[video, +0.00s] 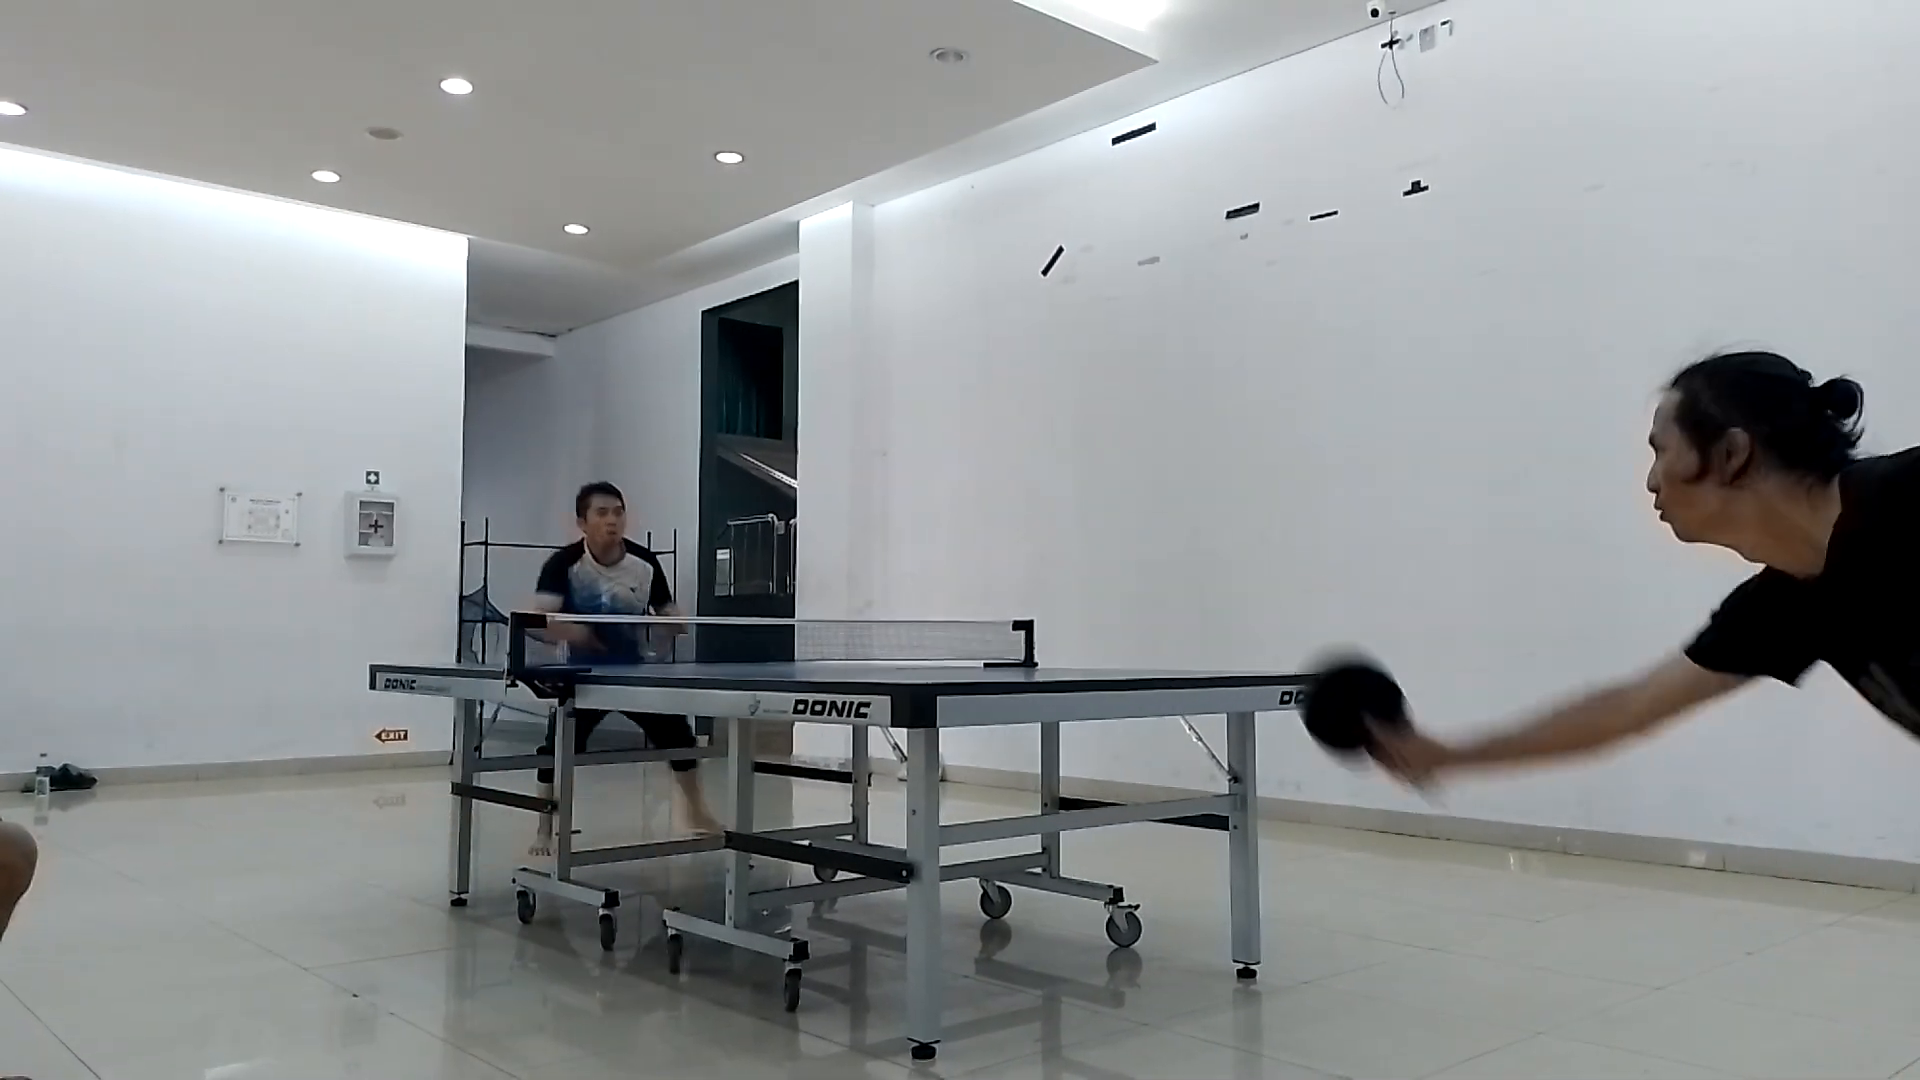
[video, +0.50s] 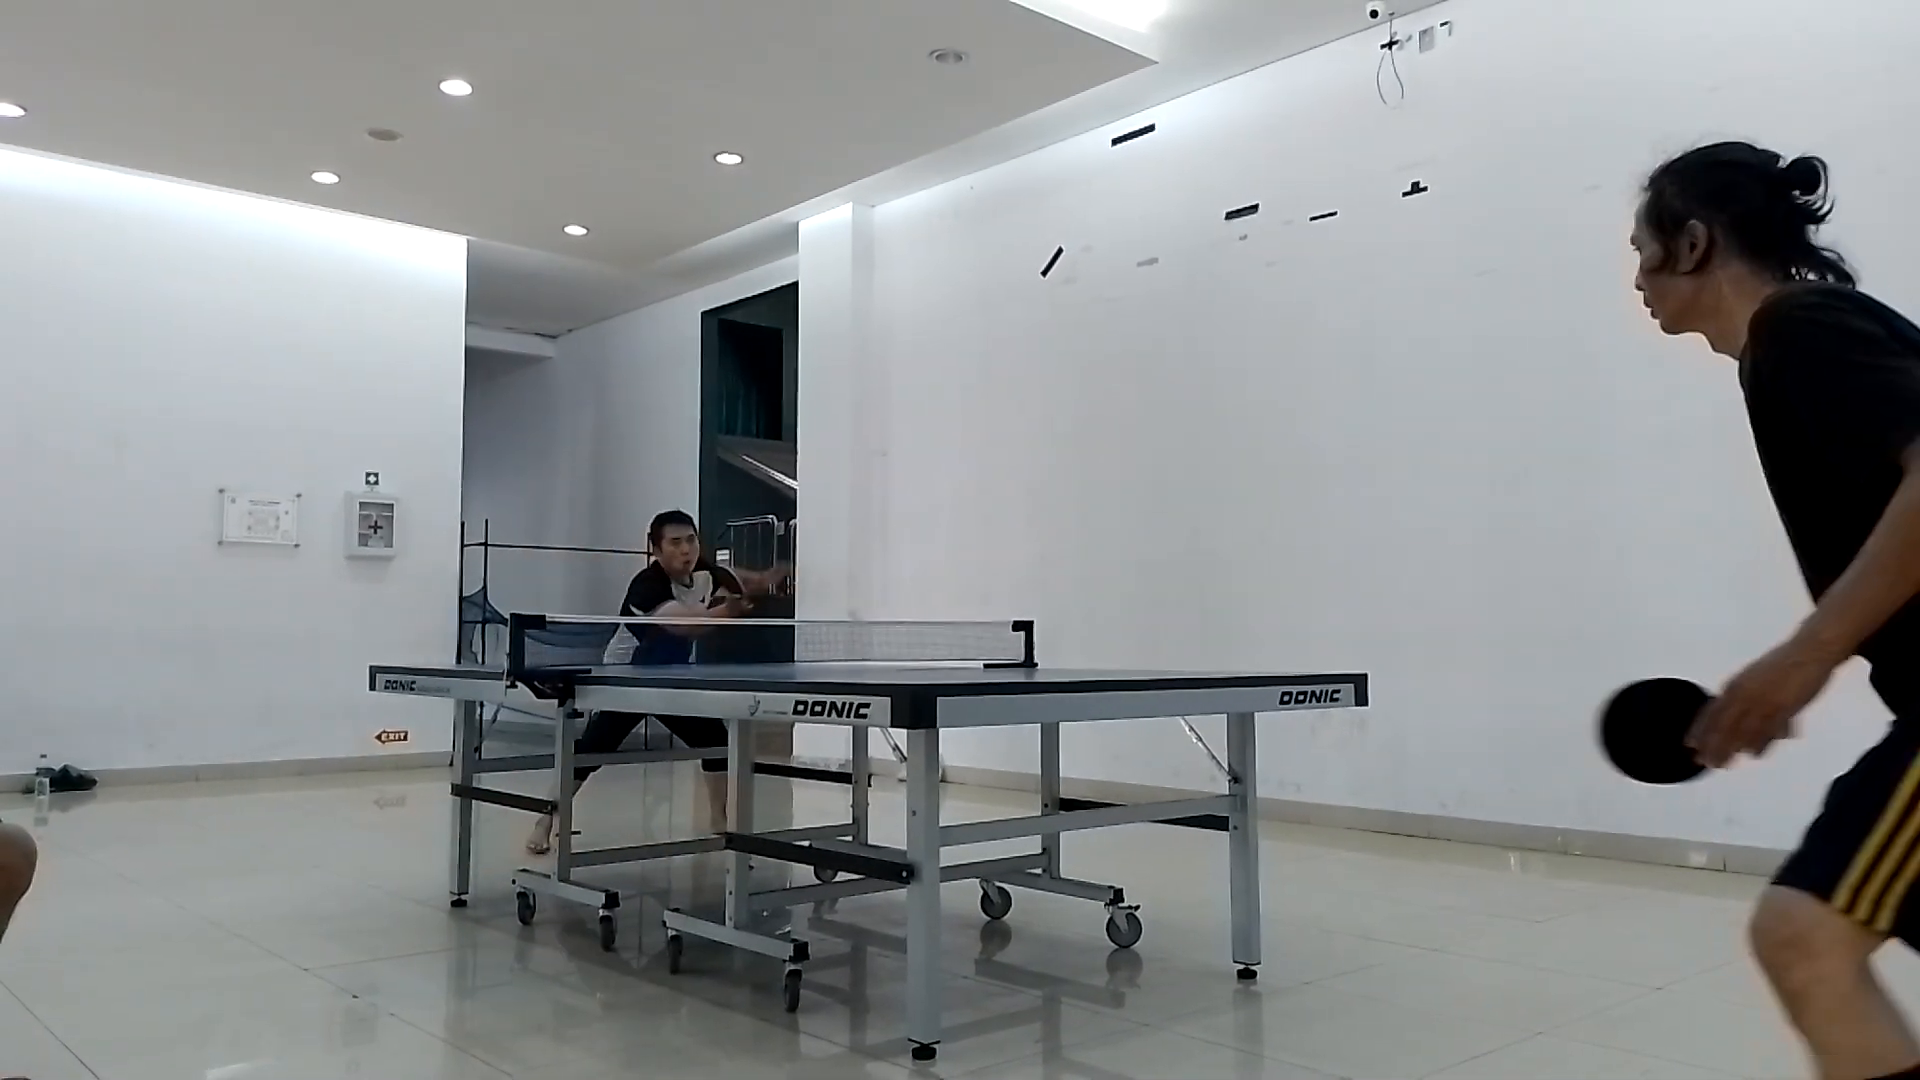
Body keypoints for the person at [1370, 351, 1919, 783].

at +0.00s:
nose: (1649, 484)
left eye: (1660, 451)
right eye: (1651, 455)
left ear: (1732, 456)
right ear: (1730, 459)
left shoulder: (1908, 500)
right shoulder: (1793, 600)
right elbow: (1628, 708)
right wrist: (1444, 753)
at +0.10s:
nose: (1647, 451)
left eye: (1655, 423)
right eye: (1649, 425)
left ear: (1719, 423)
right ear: (1719, 423)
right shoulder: (1798, 581)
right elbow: (1738, 734)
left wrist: (1591, 838)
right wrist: (1590, 839)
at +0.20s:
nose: (1644, 384)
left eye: (1651, 355)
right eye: (1643, 357)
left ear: (1709, 353)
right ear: (1710, 354)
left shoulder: (1891, 421)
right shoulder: (1797, 501)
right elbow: (1850, 678)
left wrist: (1727, 819)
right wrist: (1727, 818)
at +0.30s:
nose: (1642, 309)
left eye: (1650, 280)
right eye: (1643, 285)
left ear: (1703, 279)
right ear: (1709, 282)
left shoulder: (1849, 372)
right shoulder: (1797, 407)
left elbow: (1906, 596)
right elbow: (1902, 595)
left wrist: (1825, 743)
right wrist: (1822, 744)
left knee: (1917, 969)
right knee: (1916, 969)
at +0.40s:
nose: (1645, 287)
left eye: (1650, 256)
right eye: (1644, 262)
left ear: (1703, 246)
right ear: (1720, 245)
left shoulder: (1826, 342)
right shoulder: (1799, 353)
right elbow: (1909, 564)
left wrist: (1892, 673)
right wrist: (1840, 699)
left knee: (1873, 954)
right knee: (1873, 953)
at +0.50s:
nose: (1638, 283)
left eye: (1641, 254)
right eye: (1635, 259)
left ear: (1698, 243)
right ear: (1715, 242)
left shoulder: (1804, 331)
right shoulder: (1796, 342)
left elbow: (1919, 478)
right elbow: (1889, 542)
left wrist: (1802, 659)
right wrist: (1785, 683)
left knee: (1803, 935)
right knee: (1808, 936)